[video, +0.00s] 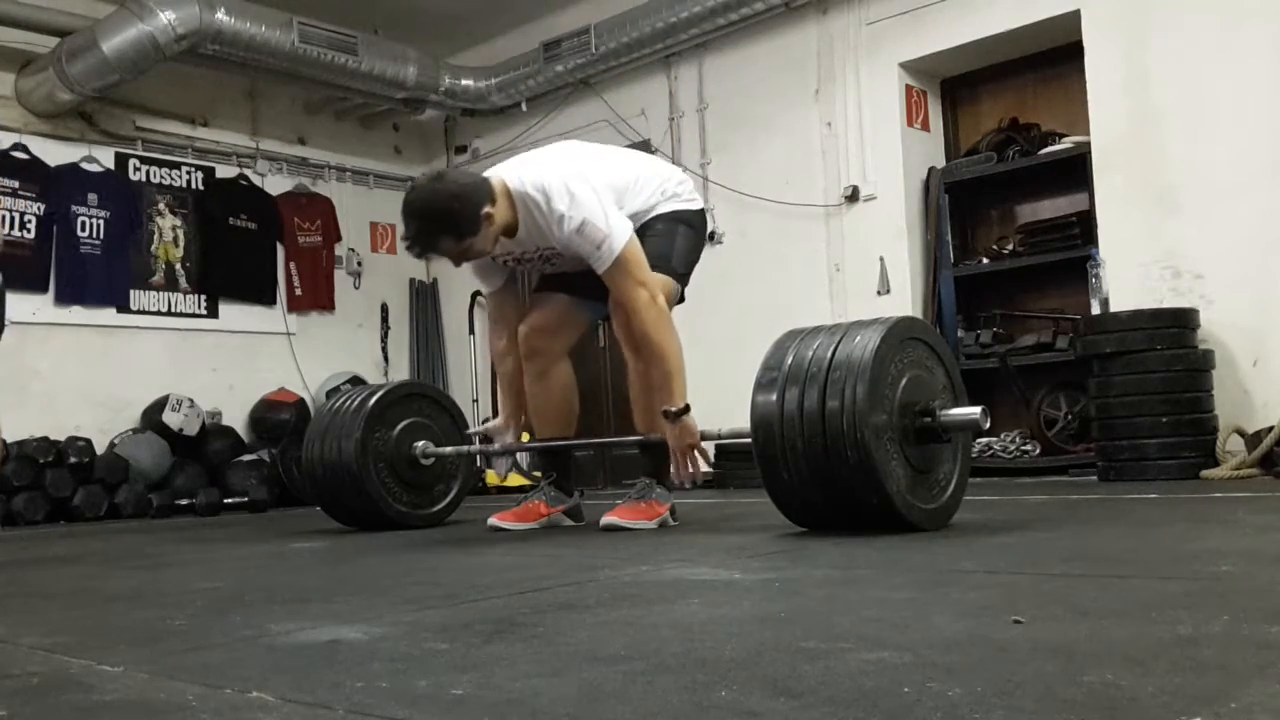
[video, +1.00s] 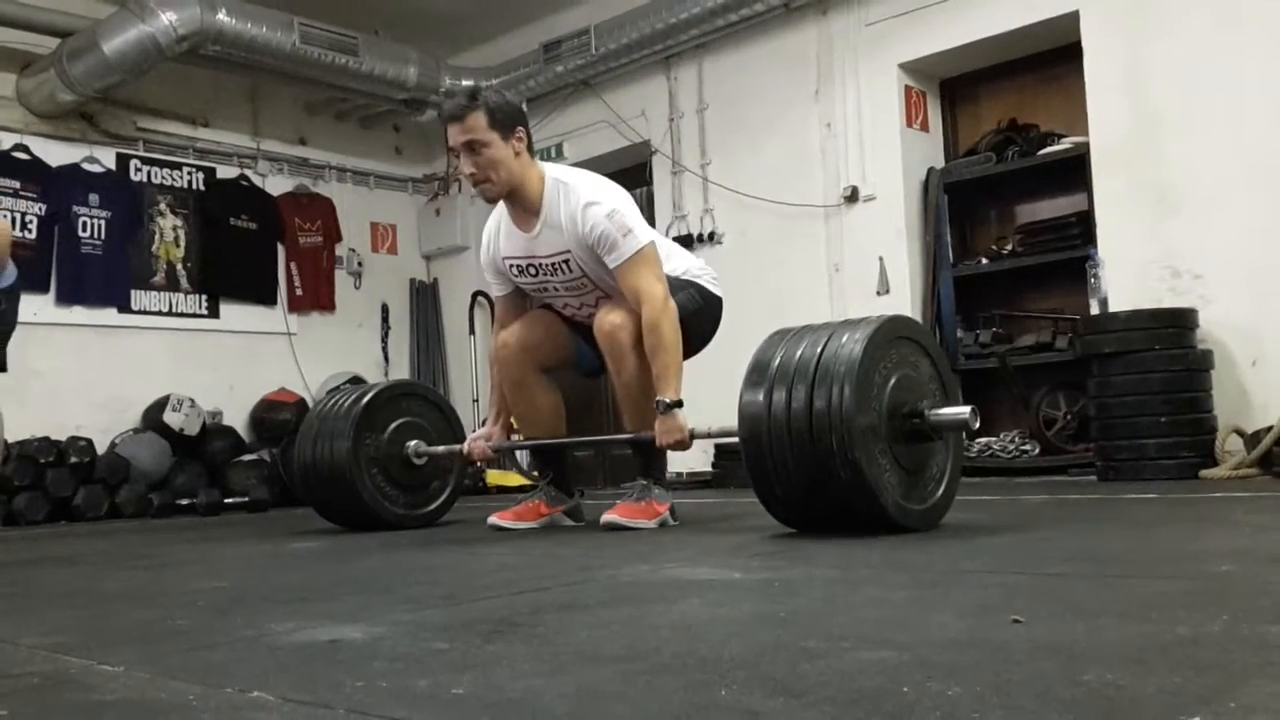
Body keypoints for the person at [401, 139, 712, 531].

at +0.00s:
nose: (464, 265)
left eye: (466, 254)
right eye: (454, 260)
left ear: (488, 219)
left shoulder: (567, 200)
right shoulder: (478, 241)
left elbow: (640, 298)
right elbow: (505, 327)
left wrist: (676, 410)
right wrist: (509, 421)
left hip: (664, 210)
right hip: (589, 235)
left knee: (636, 320)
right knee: (538, 338)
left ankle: (654, 489)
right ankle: (558, 492)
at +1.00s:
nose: (467, 168)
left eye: (476, 148)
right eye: (457, 156)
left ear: (518, 141)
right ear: (452, 160)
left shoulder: (594, 205)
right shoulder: (495, 239)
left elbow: (654, 300)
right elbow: (508, 334)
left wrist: (669, 406)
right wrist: (497, 422)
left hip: (684, 297)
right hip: (597, 321)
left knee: (613, 326)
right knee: (511, 348)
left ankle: (651, 489)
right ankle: (557, 494)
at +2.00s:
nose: (444, 59)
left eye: (454, 40)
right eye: (435, 47)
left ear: (496, 33)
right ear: (432, 54)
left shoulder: (574, 98)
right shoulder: (479, 145)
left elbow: (637, 198)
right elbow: (496, 244)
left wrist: (661, 294)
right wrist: (485, 334)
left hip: (654, 212)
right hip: (582, 236)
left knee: (634, 309)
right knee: (535, 328)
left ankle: (652, 489)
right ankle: (553, 491)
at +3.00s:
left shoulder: (648, 11)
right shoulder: (553, 43)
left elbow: (659, 93)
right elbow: (527, 138)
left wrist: (663, 171)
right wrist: (488, 224)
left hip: (615, 185)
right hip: (542, 198)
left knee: (632, 322)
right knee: (549, 335)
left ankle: (652, 488)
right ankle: (558, 492)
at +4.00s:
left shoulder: (608, 23)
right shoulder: (508, 69)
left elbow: (651, 127)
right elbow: (516, 175)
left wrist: (674, 219)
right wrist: (502, 261)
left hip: (639, 207)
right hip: (572, 221)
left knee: (643, 317)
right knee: (543, 333)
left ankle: (657, 487)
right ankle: (557, 491)